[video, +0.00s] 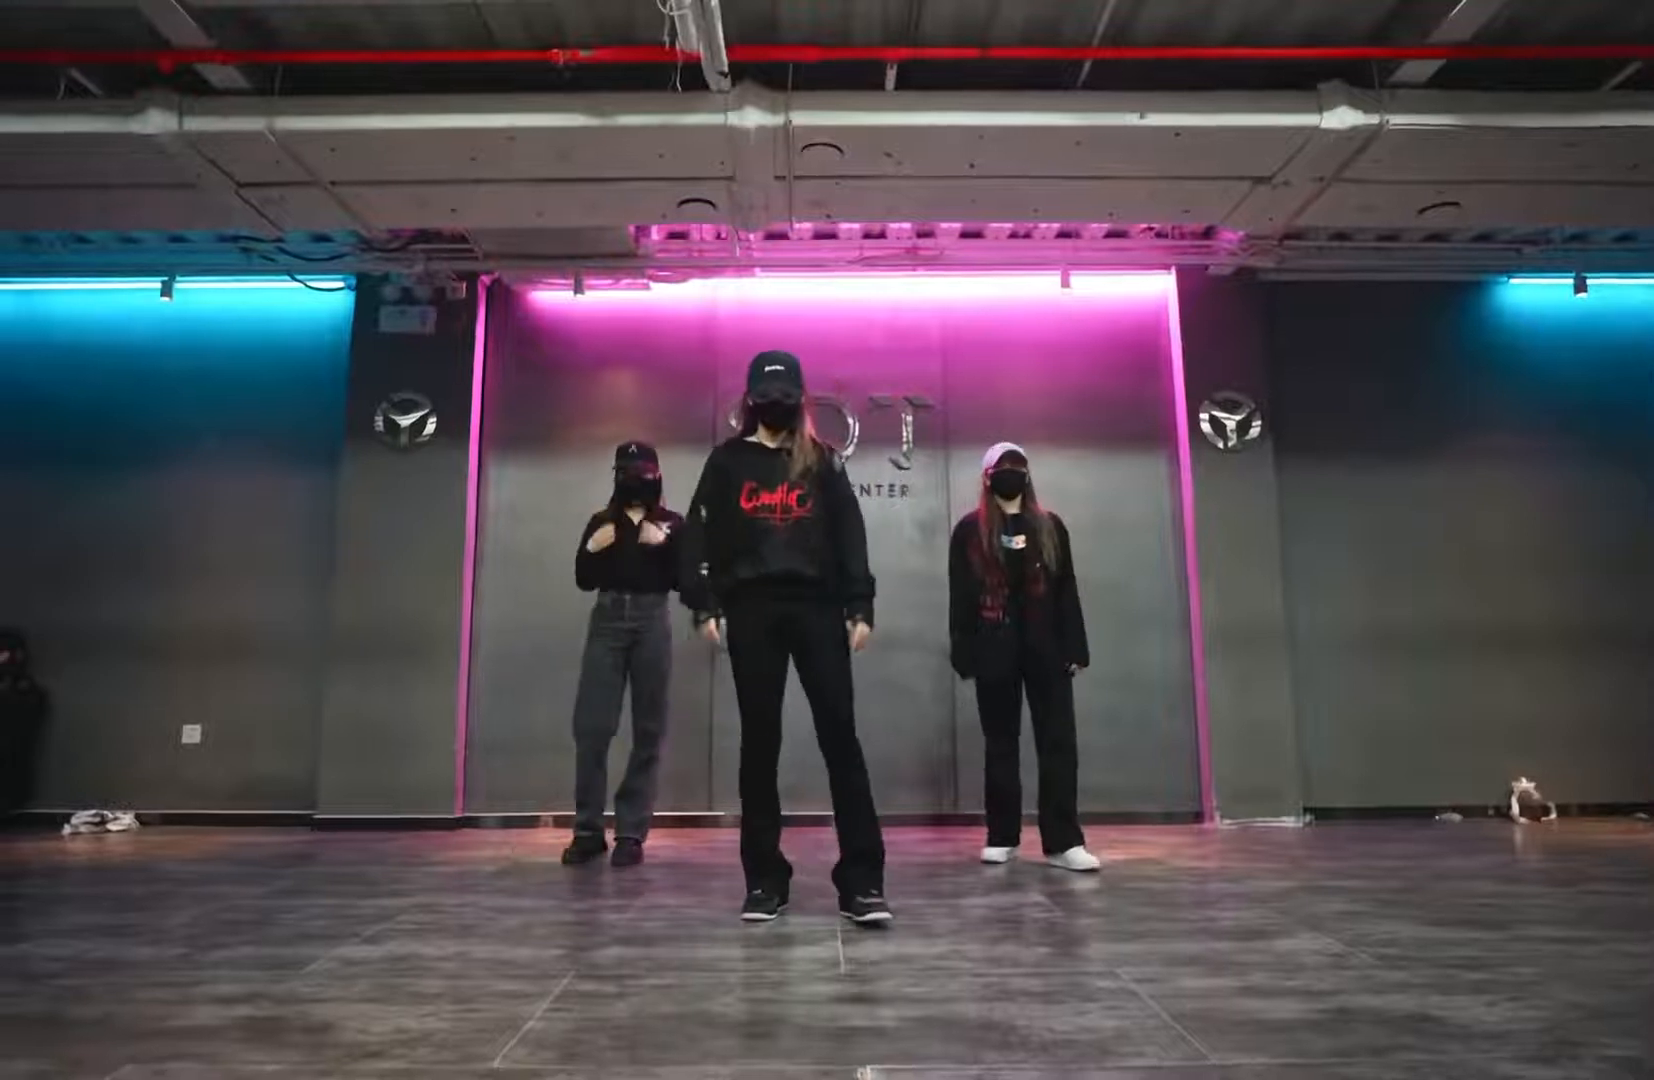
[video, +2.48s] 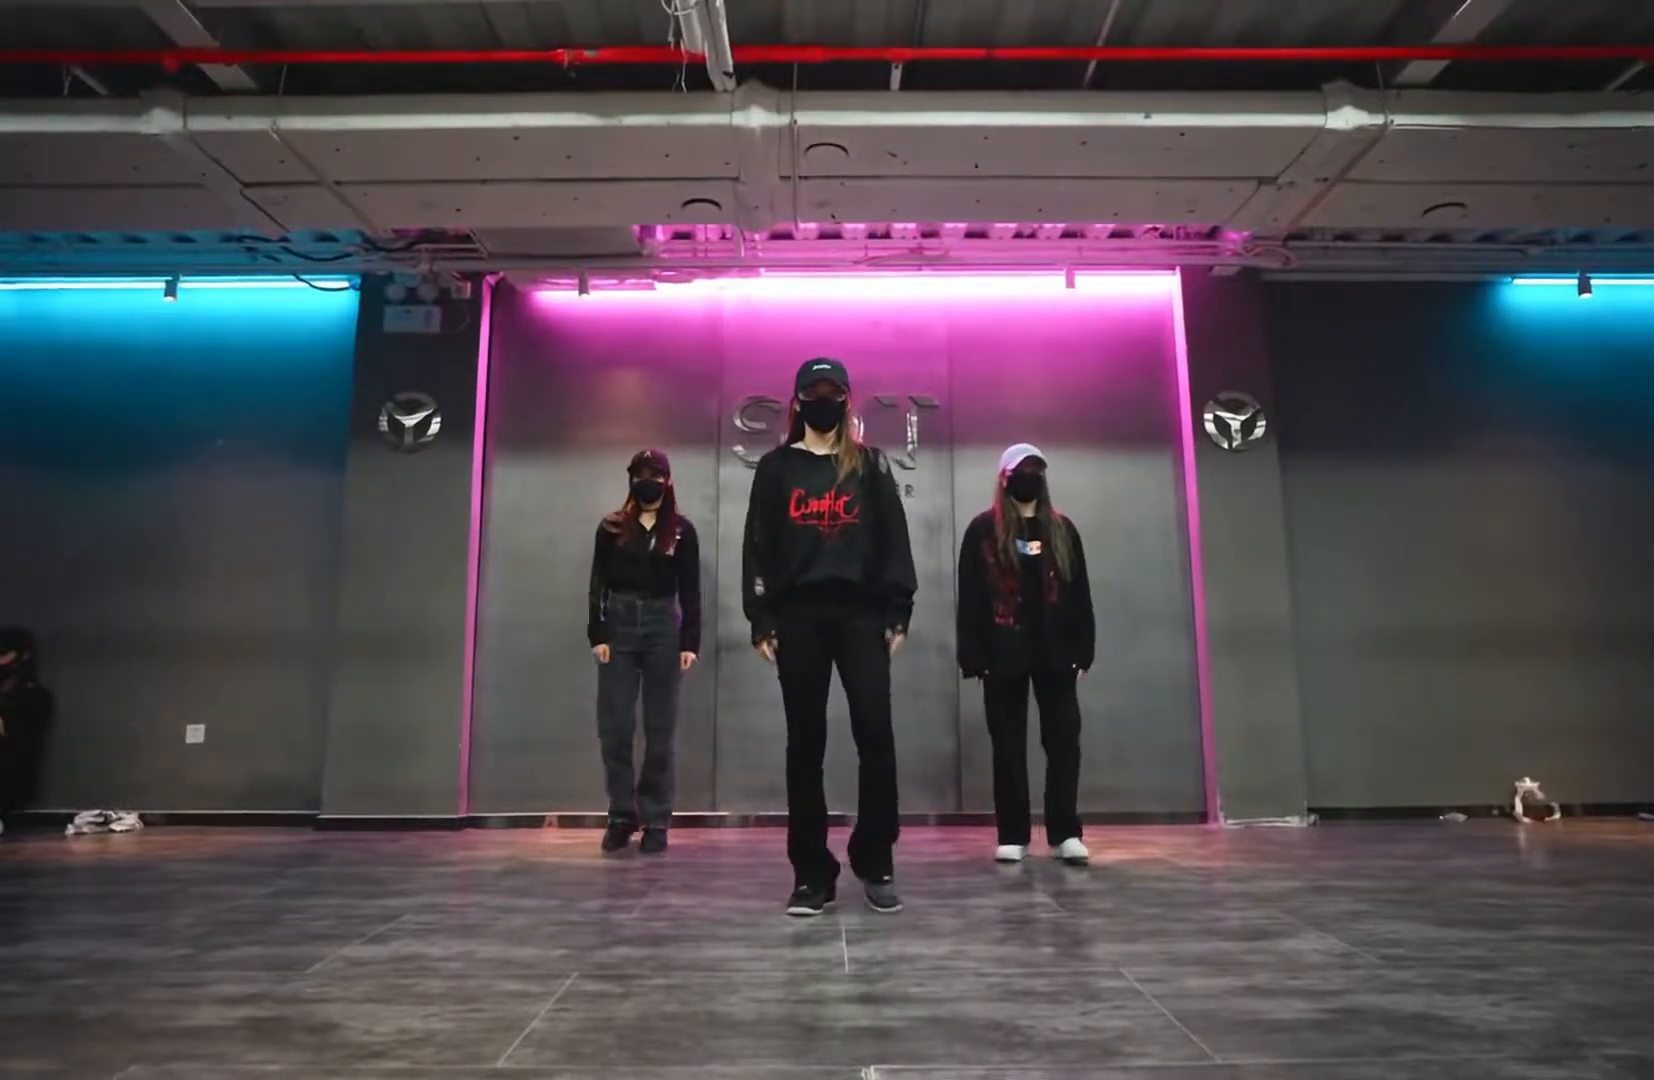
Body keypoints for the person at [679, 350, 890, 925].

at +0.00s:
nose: (776, 409)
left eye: (785, 399)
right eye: (767, 400)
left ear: (800, 397)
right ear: (751, 398)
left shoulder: (822, 461)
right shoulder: (726, 461)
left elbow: (850, 534)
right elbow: (694, 537)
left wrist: (860, 604)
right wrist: (704, 604)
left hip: (819, 613)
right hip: (751, 615)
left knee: (841, 742)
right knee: (760, 745)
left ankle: (861, 882)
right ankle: (765, 881)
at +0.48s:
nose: (822, 402)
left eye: (830, 392)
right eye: (813, 393)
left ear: (844, 392)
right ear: (798, 394)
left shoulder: (870, 460)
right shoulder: (774, 457)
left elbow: (894, 541)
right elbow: (753, 538)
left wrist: (897, 613)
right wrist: (757, 606)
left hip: (860, 617)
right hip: (793, 617)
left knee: (864, 748)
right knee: (781, 749)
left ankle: (868, 885)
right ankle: (772, 882)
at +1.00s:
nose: (855, 389)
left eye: (865, 380)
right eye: (846, 380)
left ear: (880, 387)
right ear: (831, 389)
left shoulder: (903, 458)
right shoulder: (806, 456)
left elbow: (927, 537)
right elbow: (784, 539)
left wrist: (937, 607)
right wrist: (784, 611)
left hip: (890, 616)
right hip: (821, 614)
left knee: (881, 750)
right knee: (799, 748)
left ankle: (872, 885)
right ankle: (794, 888)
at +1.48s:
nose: (839, 389)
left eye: (848, 380)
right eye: (829, 381)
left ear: (863, 389)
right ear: (813, 390)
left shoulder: (885, 460)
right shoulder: (789, 458)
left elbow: (908, 537)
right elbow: (769, 540)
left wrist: (917, 599)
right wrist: (772, 609)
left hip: (871, 616)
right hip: (806, 616)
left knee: (870, 748)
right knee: (804, 749)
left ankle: (869, 884)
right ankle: (811, 880)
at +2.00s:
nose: (822, 397)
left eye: (831, 388)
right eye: (812, 388)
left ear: (845, 395)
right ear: (796, 397)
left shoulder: (869, 463)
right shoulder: (774, 465)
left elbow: (895, 544)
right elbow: (756, 547)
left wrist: (898, 616)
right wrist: (760, 619)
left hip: (862, 618)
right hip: (797, 619)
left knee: (866, 748)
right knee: (806, 749)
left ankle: (865, 884)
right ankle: (813, 880)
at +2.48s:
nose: (825, 399)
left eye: (833, 391)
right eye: (815, 391)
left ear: (847, 398)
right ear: (799, 399)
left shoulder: (869, 464)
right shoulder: (775, 466)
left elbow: (896, 543)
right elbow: (755, 550)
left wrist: (897, 611)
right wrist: (761, 619)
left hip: (863, 616)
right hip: (797, 618)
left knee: (875, 738)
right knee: (805, 744)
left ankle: (876, 867)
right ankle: (812, 876)